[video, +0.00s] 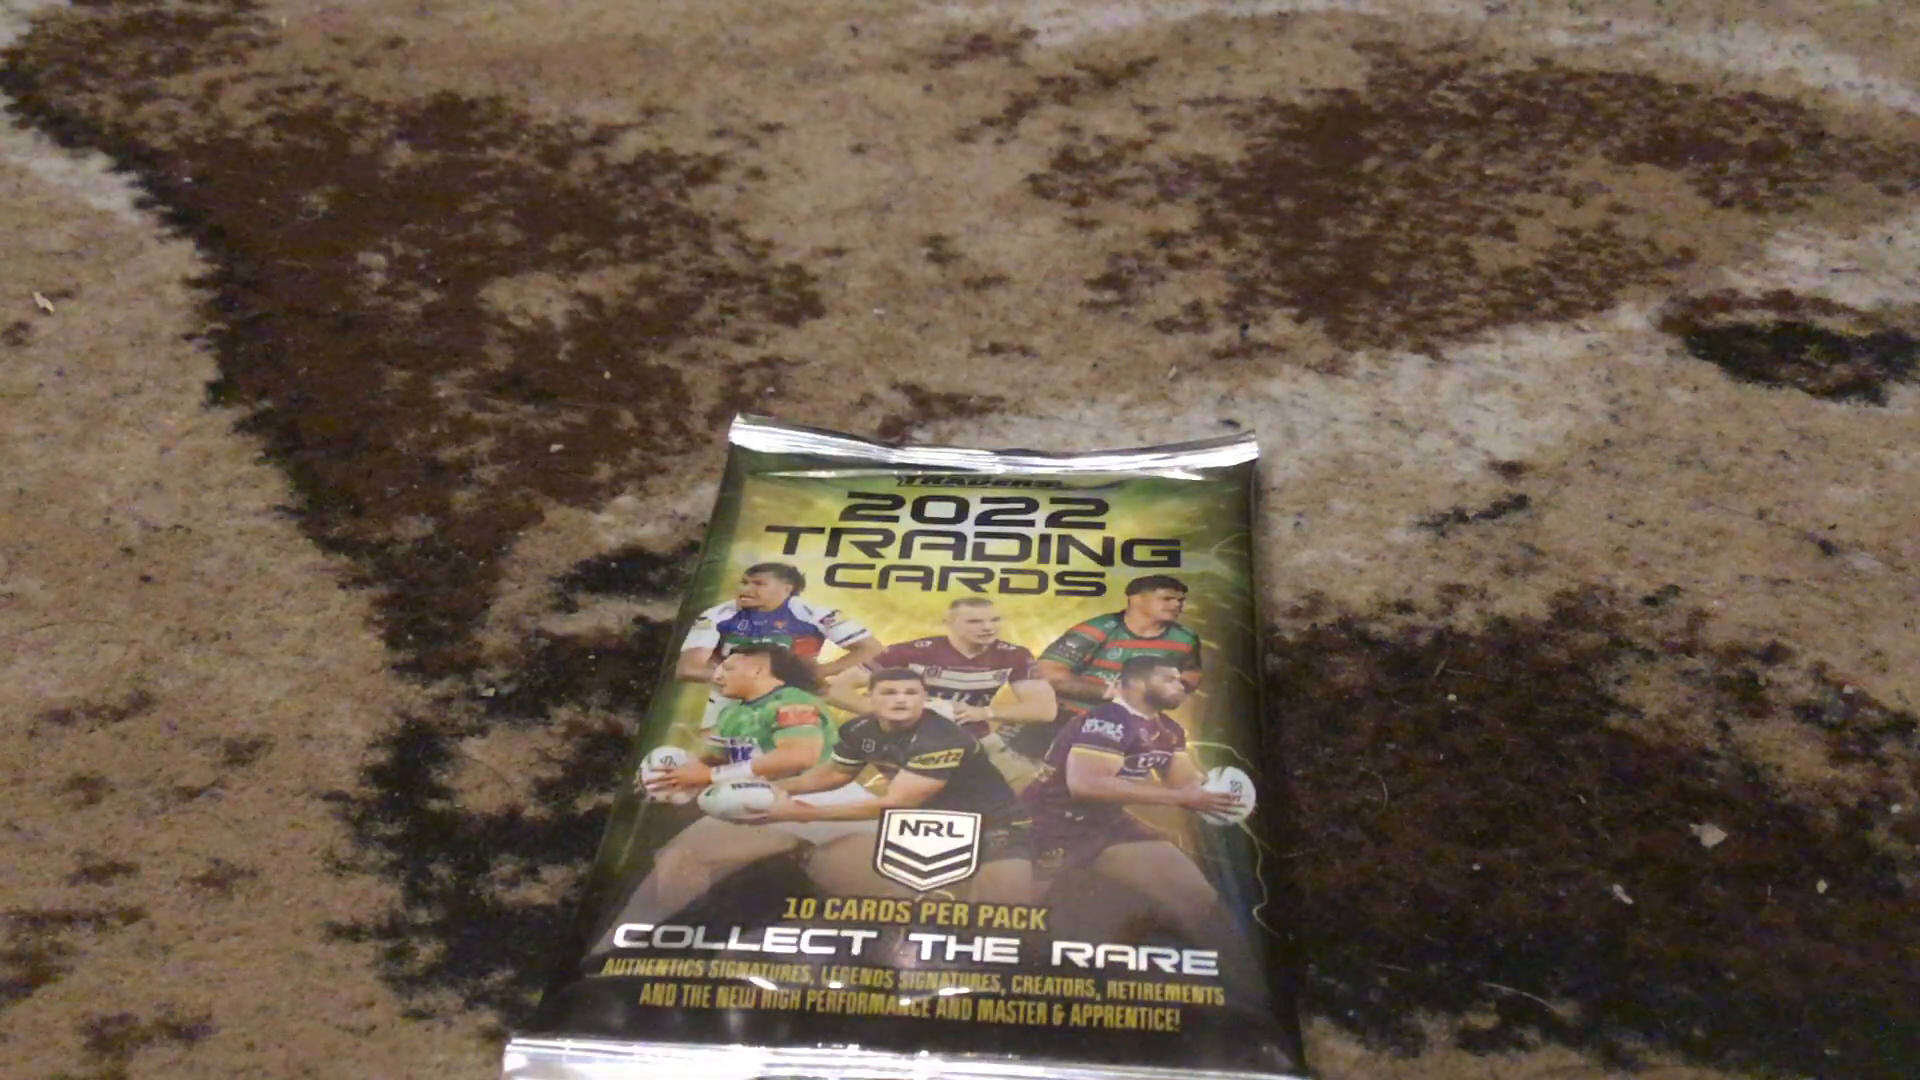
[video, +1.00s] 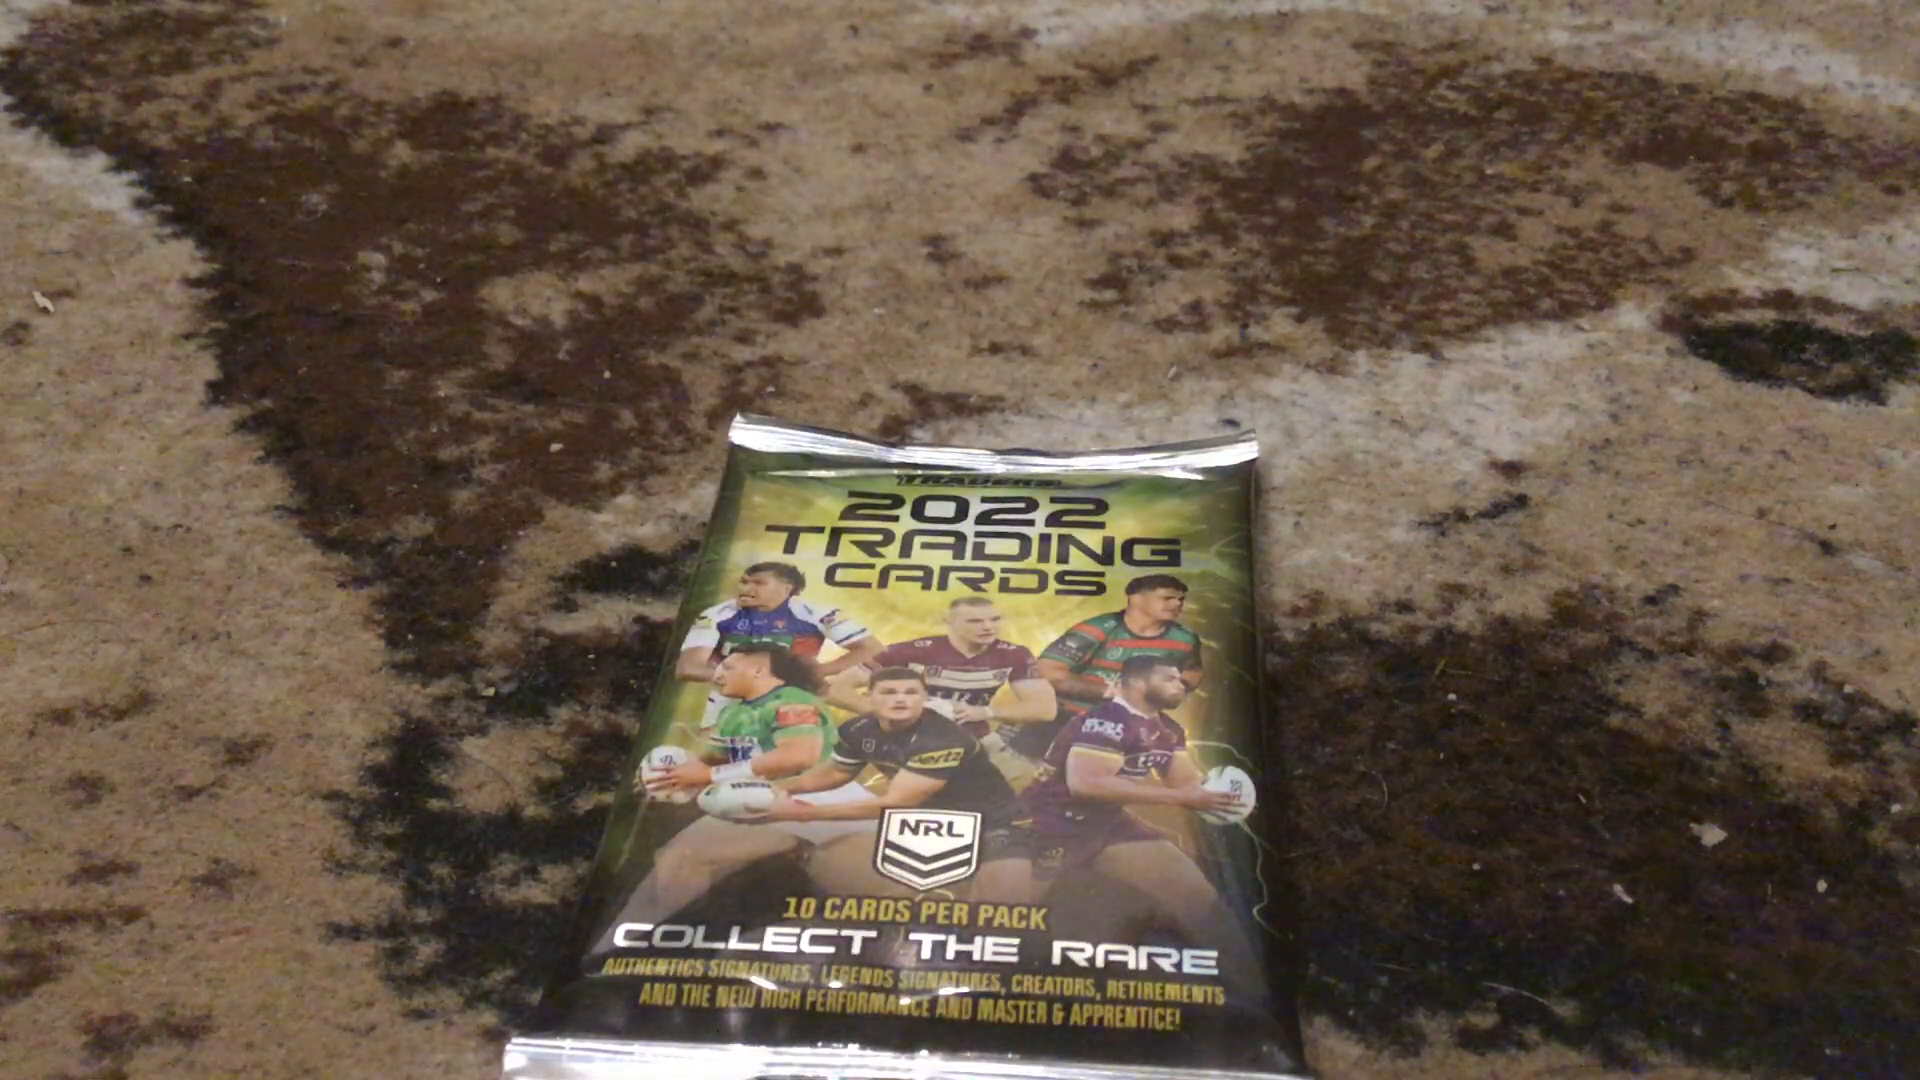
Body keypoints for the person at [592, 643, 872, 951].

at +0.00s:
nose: (721, 668)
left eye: (731, 661)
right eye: (723, 662)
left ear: (762, 664)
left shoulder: (794, 701)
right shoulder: (732, 714)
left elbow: (802, 755)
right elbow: (715, 764)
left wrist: (712, 776)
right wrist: (668, 779)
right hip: (750, 817)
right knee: (671, 863)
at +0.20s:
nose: (719, 671)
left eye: (728, 663)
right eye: (722, 664)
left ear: (760, 664)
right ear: (756, 666)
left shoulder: (794, 703)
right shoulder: (735, 713)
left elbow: (801, 755)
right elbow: (712, 759)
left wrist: (711, 775)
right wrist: (668, 778)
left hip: (794, 813)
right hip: (746, 813)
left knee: (685, 862)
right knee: (672, 862)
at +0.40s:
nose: (720, 670)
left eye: (729, 662)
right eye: (722, 662)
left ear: (761, 664)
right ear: (756, 666)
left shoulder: (794, 702)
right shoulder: (734, 713)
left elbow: (801, 755)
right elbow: (711, 762)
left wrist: (711, 775)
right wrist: (668, 779)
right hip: (750, 816)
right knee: (673, 863)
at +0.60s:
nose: (721, 669)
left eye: (730, 661)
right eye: (723, 662)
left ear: (761, 665)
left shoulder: (794, 701)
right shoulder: (732, 714)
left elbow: (801, 755)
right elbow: (714, 763)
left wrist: (712, 776)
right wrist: (669, 779)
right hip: (749, 814)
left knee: (686, 859)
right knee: (670, 861)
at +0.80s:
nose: (720, 670)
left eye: (729, 662)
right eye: (722, 663)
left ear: (760, 665)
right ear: (756, 667)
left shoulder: (794, 702)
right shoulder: (734, 713)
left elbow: (801, 755)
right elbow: (712, 762)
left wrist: (710, 775)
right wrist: (669, 779)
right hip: (754, 816)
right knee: (672, 863)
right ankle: (616, 949)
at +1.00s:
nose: (720, 670)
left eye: (729, 662)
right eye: (722, 663)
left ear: (761, 664)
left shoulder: (793, 700)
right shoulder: (733, 713)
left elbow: (801, 754)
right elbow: (713, 762)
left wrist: (711, 775)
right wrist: (667, 778)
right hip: (752, 815)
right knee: (672, 862)